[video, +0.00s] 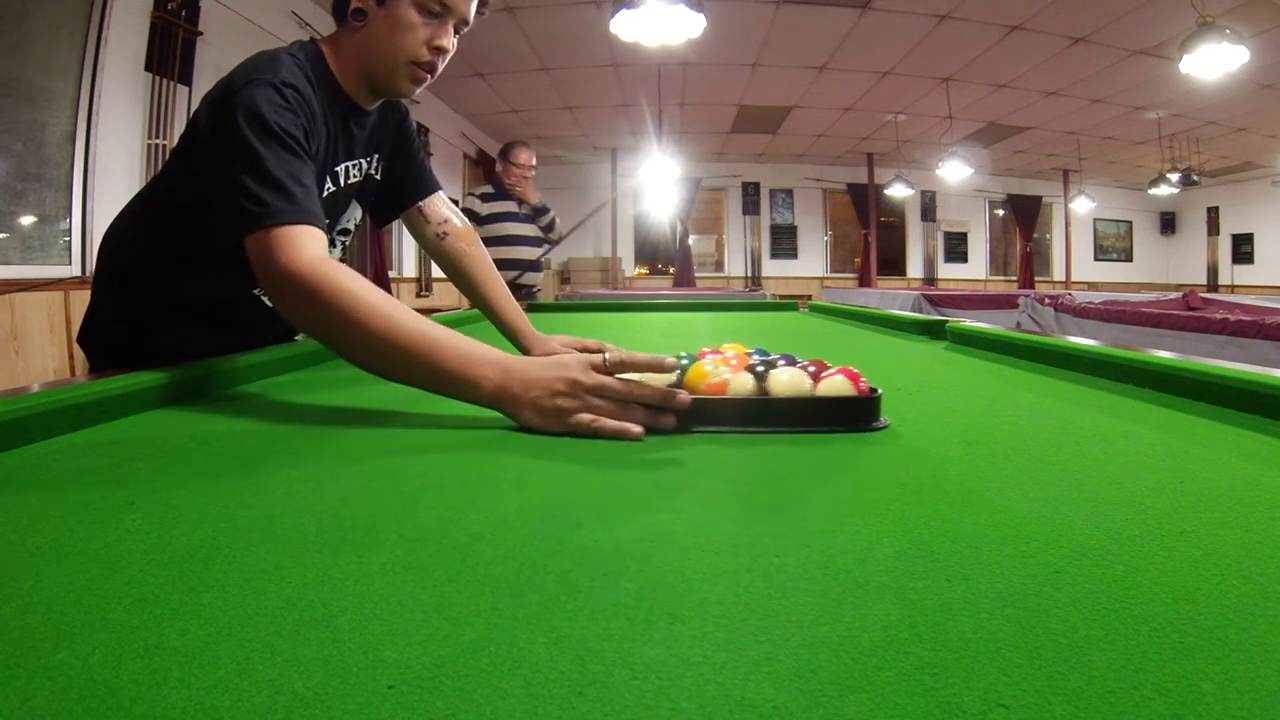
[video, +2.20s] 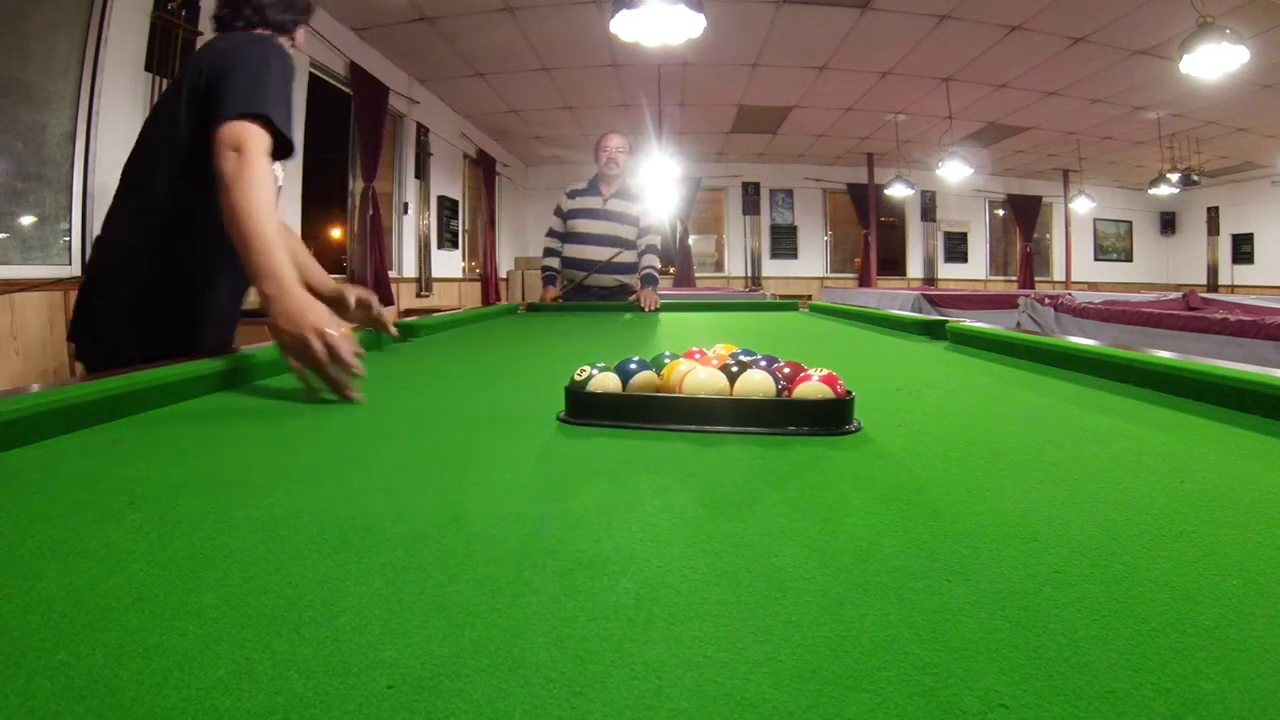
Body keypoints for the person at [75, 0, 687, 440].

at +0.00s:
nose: (445, 46)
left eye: (458, 32)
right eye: (432, 17)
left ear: (457, 40)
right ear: (363, 3)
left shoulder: (386, 117)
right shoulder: (269, 92)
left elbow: (443, 229)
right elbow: (296, 276)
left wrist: (530, 341)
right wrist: (505, 381)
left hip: (253, 329)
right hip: (151, 335)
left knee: (249, 511)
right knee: (149, 525)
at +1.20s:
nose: (444, 68)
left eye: (451, 48)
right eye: (449, 44)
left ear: (401, 29)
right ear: (412, 25)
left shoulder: (380, 122)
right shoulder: (271, 83)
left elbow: (442, 232)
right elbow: (301, 259)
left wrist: (527, 339)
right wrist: (475, 383)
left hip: (259, 342)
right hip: (153, 344)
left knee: (240, 527)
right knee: (143, 536)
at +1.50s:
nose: (400, 60)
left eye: (405, 43)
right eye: (409, 41)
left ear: (327, 10)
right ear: (400, 34)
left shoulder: (328, 96)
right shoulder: (295, 55)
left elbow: (372, 232)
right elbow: (315, 227)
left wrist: (465, 340)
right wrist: (473, 381)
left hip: (235, 346)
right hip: (149, 352)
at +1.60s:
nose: (379, 67)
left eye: (382, 55)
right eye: (389, 50)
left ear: (315, 8)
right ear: (386, 29)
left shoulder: (279, 63)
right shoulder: (300, 52)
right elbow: (326, 220)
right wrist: (477, 375)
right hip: (150, 350)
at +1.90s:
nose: (360, 60)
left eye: (362, 51)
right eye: (364, 47)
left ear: (293, 18)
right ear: (357, 32)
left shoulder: (254, 72)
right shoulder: (297, 57)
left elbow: (279, 222)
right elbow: (330, 178)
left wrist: (334, 308)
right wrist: (443, 342)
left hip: (205, 331)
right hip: (141, 335)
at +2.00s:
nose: (350, 52)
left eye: (350, 44)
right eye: (352, 41)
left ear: (279, 14)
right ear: (348, 30)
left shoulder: (243, 63)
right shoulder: (287, 54)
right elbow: (295, 178)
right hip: (142, 343)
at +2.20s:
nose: (303, 39)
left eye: (304, 28)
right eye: (303, 27)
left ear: (237, 18)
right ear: (293, 29)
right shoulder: (254, 54)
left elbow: (259, 217)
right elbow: (239, 157)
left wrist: (330, 289)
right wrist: (286, 298)